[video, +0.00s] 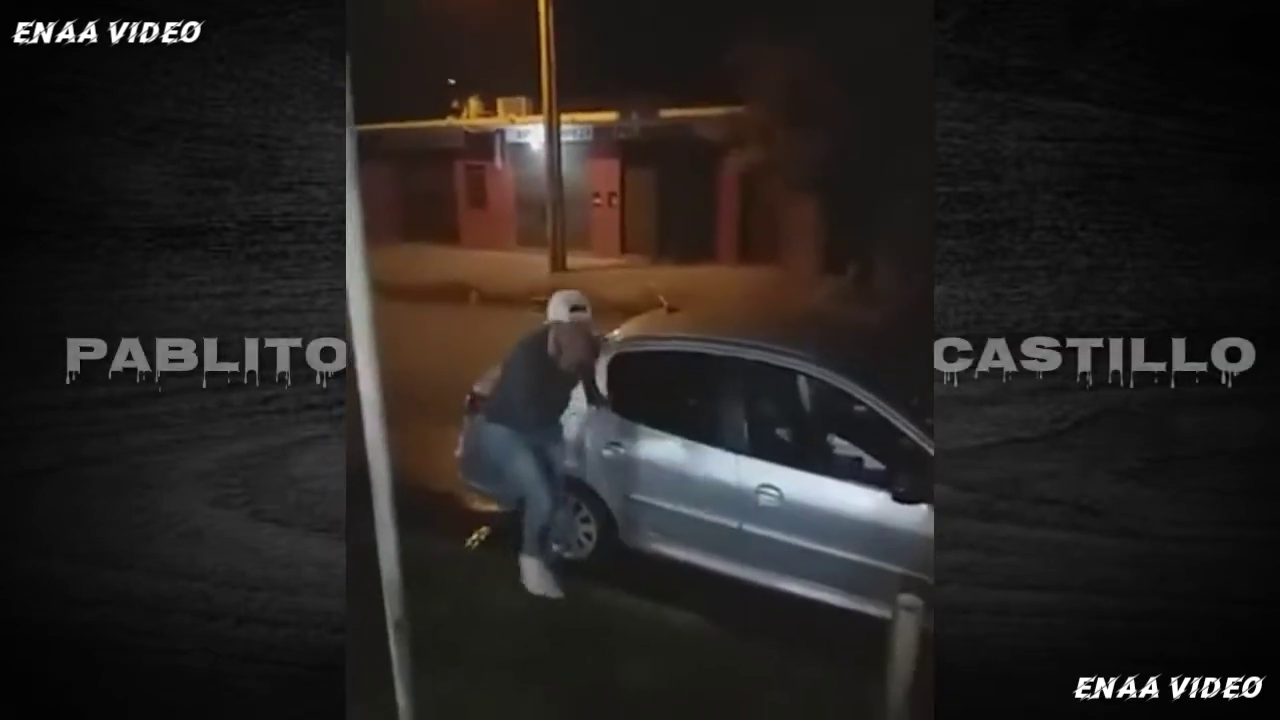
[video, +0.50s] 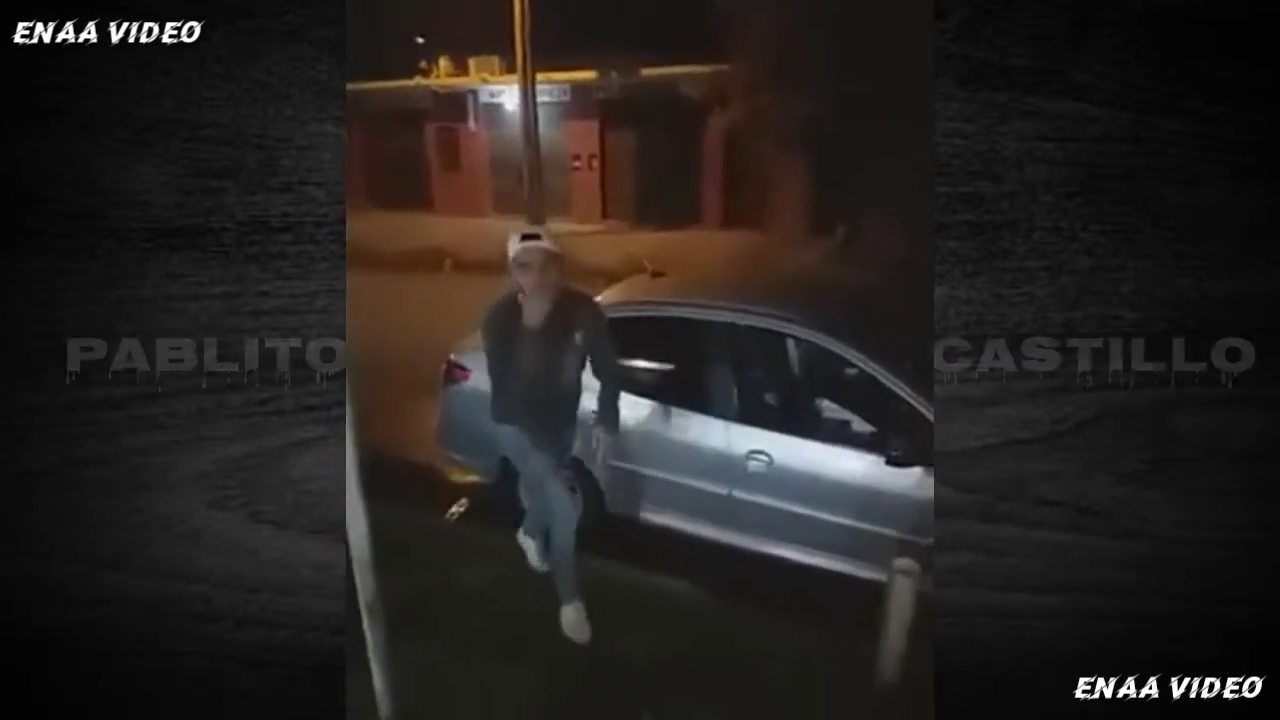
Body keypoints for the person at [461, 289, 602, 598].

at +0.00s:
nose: (580, 333)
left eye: (584, 325)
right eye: (572, 326)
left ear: (589, 324)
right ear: (555, 326)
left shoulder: (586, 347)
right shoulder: (530, 350)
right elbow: (521, 408)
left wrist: (596, 398)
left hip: (545, 428)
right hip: (503, 427)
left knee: (555, 492)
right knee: (538, 491)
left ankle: (544, 557)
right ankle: (531, 558)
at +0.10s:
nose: (574, 314)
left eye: (580, 307)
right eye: (567, 307)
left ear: (588, 308)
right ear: (555, 308)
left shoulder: (599, 338)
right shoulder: (538, 337)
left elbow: (604, 373)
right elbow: (522, 390)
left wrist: (607, 407)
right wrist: (556, 424)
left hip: (559, 427)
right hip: (516, 422)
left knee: (563, 492)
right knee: (548, 474)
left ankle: (552, 560)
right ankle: (557, 563)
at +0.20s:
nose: (551, 296)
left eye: (558, 288)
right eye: (545, 288)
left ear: (571, 291)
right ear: (536, 291)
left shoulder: (586, 328)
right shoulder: (518, 323)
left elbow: (595, 376)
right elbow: (510, 389)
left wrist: (594, 420)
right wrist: (543, 428)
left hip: (550, 418)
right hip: (506, 415)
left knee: (547, 484)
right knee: (541, 476)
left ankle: (537, 552)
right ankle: (560, 581)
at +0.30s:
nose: (552, 285)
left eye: (559, 277)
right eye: (545, 276)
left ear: (572, 279)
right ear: (536, 279)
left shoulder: (590, 317)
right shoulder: (520, 313)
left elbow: (607, 372)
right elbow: (512, 370)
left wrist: (601, 426)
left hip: (560, 412)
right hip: (516, 410)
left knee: (553, 484)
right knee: (549, 478)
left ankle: (540, 541)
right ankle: (574, 589)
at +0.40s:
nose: (548, 279)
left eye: (556, 269)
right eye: (540, 270)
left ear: (568, 272)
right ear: (528, 275)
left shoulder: (587, 310)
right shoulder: (515, 315)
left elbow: (612, 370)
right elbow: (516, 378)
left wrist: (606, 425)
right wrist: (537, 426)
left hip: (564, 414)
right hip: (520, 415)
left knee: (550, 479)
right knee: (563, 497)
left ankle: (540, 536)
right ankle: (578, 595)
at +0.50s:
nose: (530, 277)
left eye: (537, 267)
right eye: (522, 268)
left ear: (555, 269)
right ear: (512, 273)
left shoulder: (582, 309)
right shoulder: (500, 316)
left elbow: (608, 372)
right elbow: (499, 376)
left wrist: (607, 425)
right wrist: (508, 421)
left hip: (560, 419)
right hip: (513, 420)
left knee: (542, 483)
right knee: (564, 503)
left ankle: (531, 532)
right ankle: (570, 598)